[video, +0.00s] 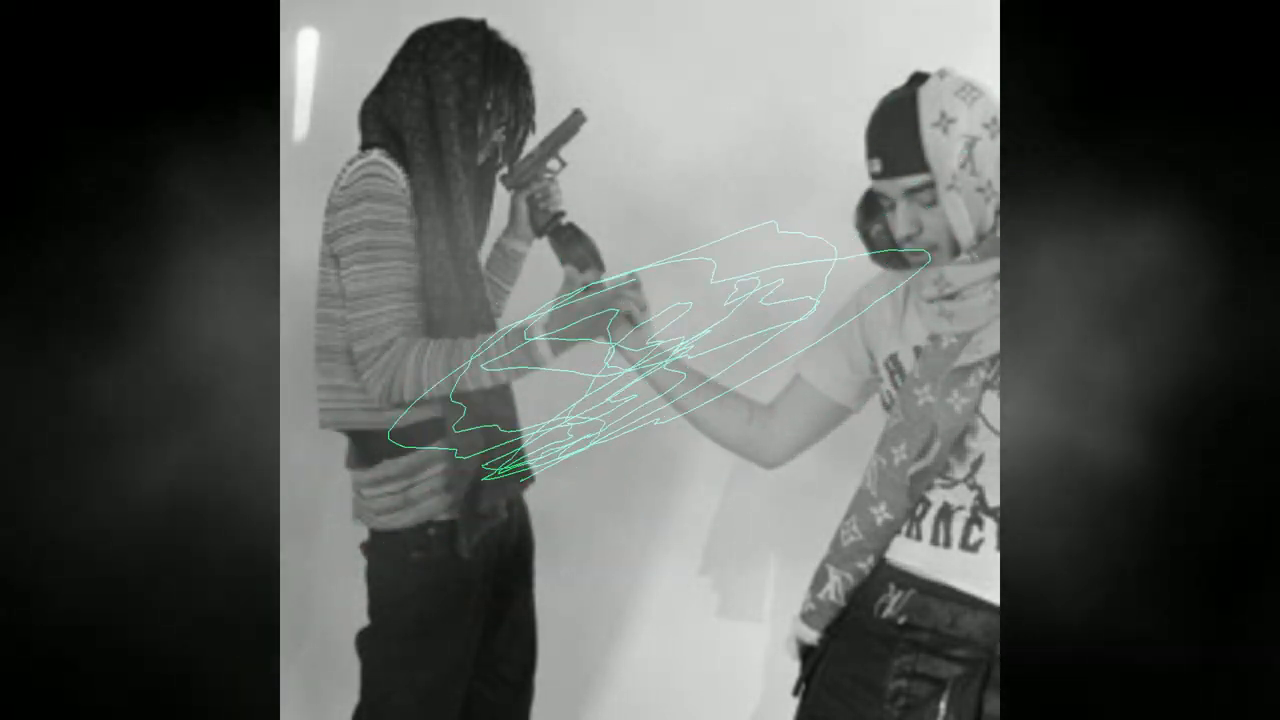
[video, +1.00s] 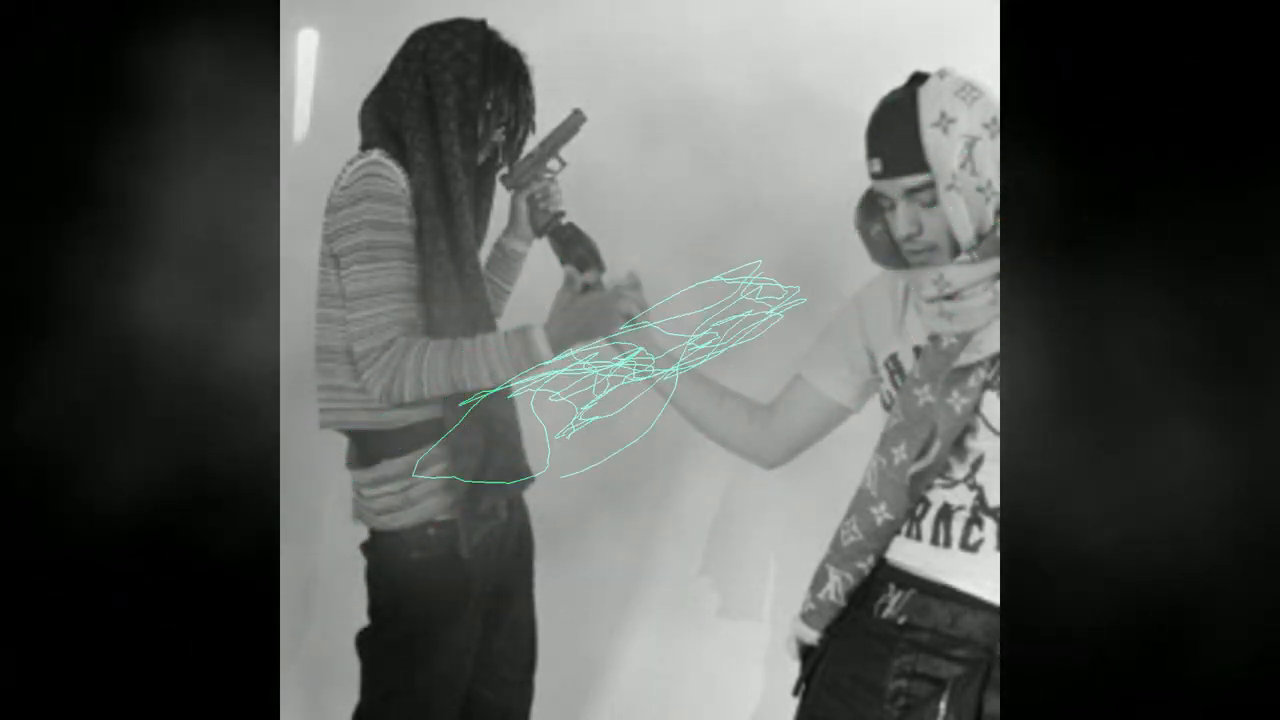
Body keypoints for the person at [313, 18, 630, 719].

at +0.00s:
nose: (499, 146)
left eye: (506, 127)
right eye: (494, 122)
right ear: (451, 109)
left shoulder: (428, 193)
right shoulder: (377, 182)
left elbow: (461, 332)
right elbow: (389, 368)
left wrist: (518, 235)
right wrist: (550, 335)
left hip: (484, 483)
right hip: (421, 495)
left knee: (498, 697)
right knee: (413, 701)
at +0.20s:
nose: (500, 146)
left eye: (507, 127)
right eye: (495, 122)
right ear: (452, 108)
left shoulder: (430, 193)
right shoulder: (377, 182)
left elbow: (462, 330)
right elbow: (387, 368)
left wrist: (518, 236)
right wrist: (549, 335)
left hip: (485, 496)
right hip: (419, 509)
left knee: (499, 698)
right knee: (412, 702)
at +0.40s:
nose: (497, 144)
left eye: (505, 126)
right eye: (493, 120)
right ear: (450, 107)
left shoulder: (427, 191)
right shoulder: (376, 182)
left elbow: (461, 330)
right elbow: (389, 369)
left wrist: (518, 236)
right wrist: (551, 343)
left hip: (484, 498)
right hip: (421, 513)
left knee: (499, 699)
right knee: (411, 703)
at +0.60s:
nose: (495, 142)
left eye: (503, 124)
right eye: (490, 118)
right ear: (446, 105)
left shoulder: (428, 189)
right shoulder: (377, 181)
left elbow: (464, 332)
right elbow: (386, 369)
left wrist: (518, 233)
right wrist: (545, 340)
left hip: (489, 509)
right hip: (425, 524)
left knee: (499, 700)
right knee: (412, 705)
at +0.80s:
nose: (496, 144)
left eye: (503, 125)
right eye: (490, 120)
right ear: (447, 107)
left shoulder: (422, 191)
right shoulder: (378, 181)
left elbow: (461, 338)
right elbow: (388, 371)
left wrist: (517, 235)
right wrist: (546, 337)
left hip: (482, 490)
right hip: (425, 498)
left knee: (496, 693)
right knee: (418, 697)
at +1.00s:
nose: (498, 145)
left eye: (504, 125)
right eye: (493, 121)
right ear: (452, 108)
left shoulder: (426, 191)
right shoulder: (377, 182)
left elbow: (465, 330)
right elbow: (389, 368)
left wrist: (518, 234)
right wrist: (551, 339)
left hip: (486, 494)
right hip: (423, 508)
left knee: (500, 699)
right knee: (415, 704)